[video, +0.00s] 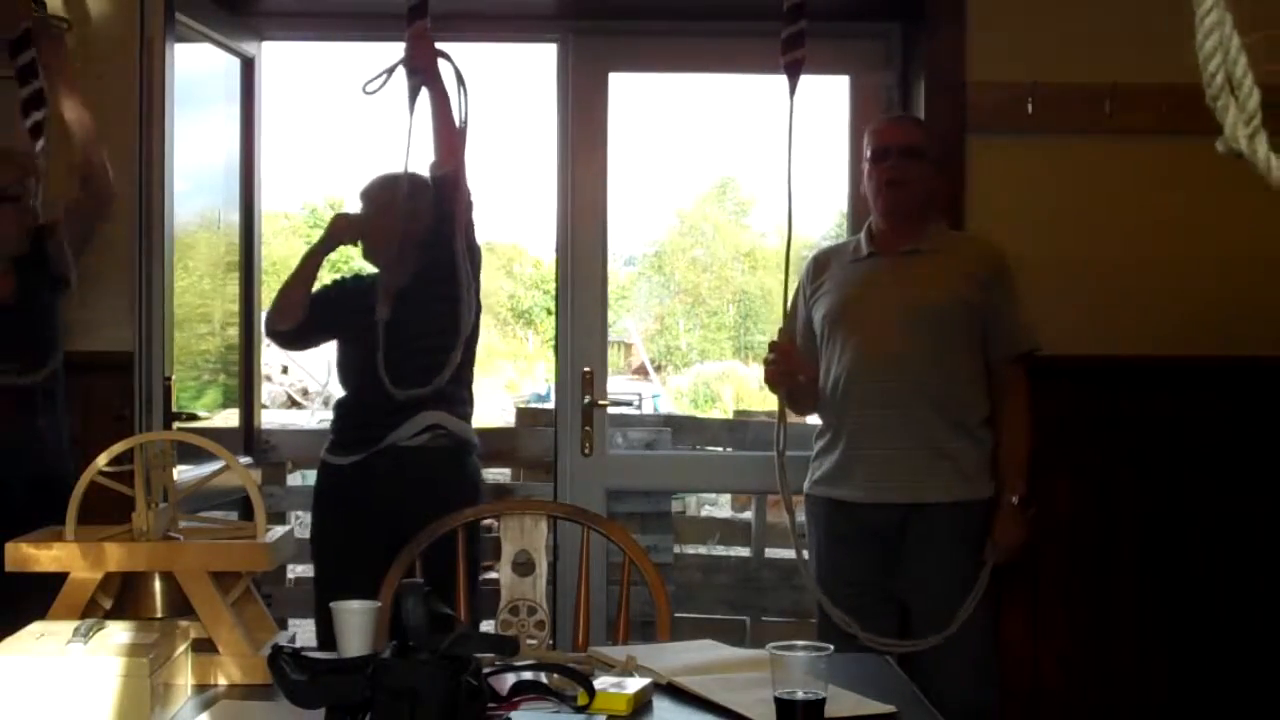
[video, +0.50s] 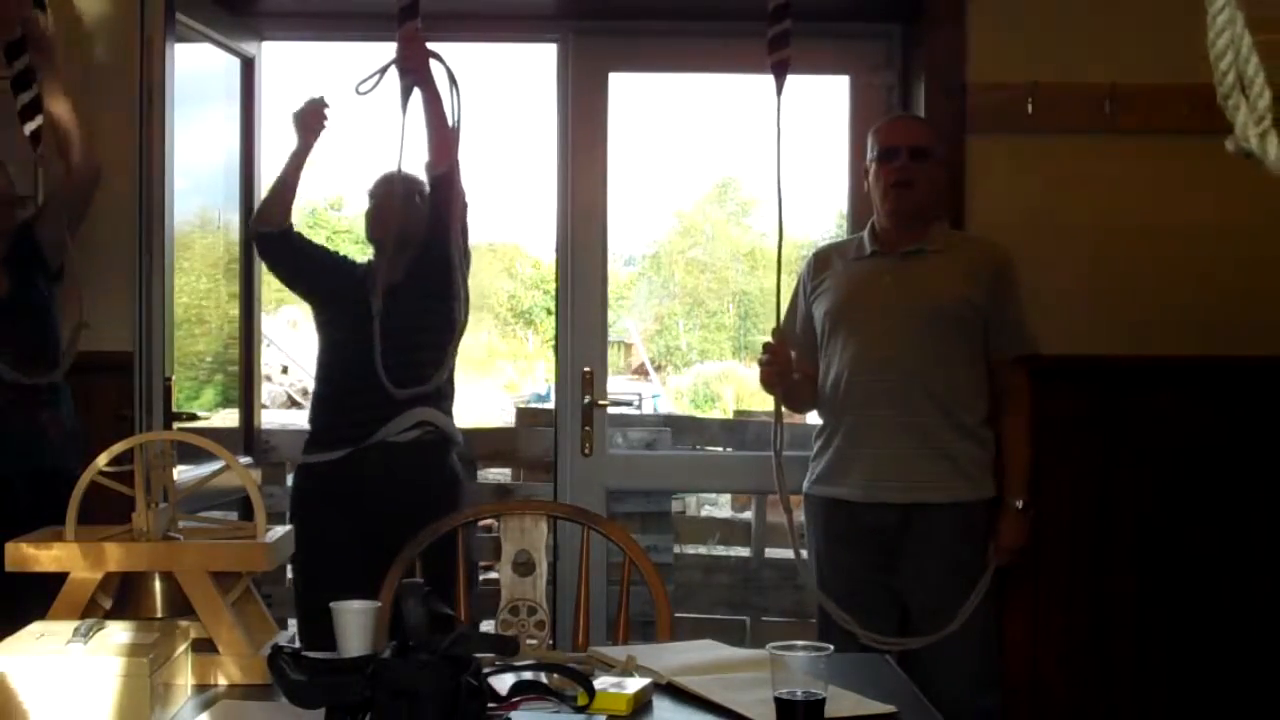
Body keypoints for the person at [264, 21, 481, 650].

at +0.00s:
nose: (362, 221)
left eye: (374, 209)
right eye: (364, 211)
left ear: (414, 220)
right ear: (371, 227)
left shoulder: (447, 282)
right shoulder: (354, 298)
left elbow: (450, 171)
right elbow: (284, 327)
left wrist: (432, 78)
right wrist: (322, 246)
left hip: (432, 471)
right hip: (351, 474)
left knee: (436, 632)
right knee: (348, 639)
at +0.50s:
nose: (389, 204)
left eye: (404, 197)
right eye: (379, 197)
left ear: (427, 218)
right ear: (367, 218)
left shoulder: (439, 280)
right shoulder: (339, 280)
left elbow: (444, 168)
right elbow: (268, 232)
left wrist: (423, 78)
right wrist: (302, 148)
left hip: (415, 473)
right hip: (332, 473)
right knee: (329, 646)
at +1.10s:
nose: (416, 191)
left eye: (430, 186)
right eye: (406, 186)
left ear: (449, 210)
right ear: (391, 210)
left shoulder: (460, 273)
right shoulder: (363, 264)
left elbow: (451, 172)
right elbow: (341, 178)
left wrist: (421, 81)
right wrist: (376, 76)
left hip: (432, 458)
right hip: (349, 458)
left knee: (446, 629)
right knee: (349, 635)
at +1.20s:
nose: (423, 187)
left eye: (436, 183)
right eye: (411, 183)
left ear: (453, 208)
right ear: (395, 210)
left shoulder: (463, 272)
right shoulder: (365, 263)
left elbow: (454, 172)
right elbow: (342, 176)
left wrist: (423, 82)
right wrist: (380, 81)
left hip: (435, 457)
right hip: (351, 458)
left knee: (449, 625)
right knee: (351, 631)